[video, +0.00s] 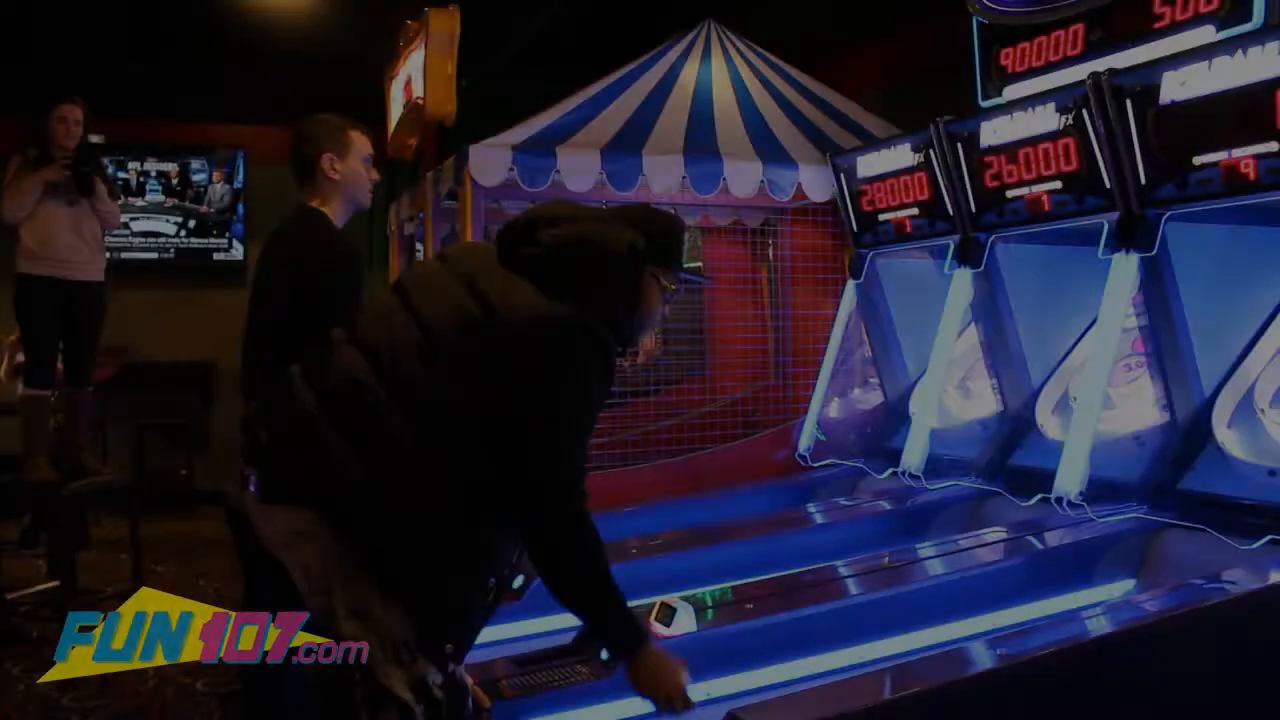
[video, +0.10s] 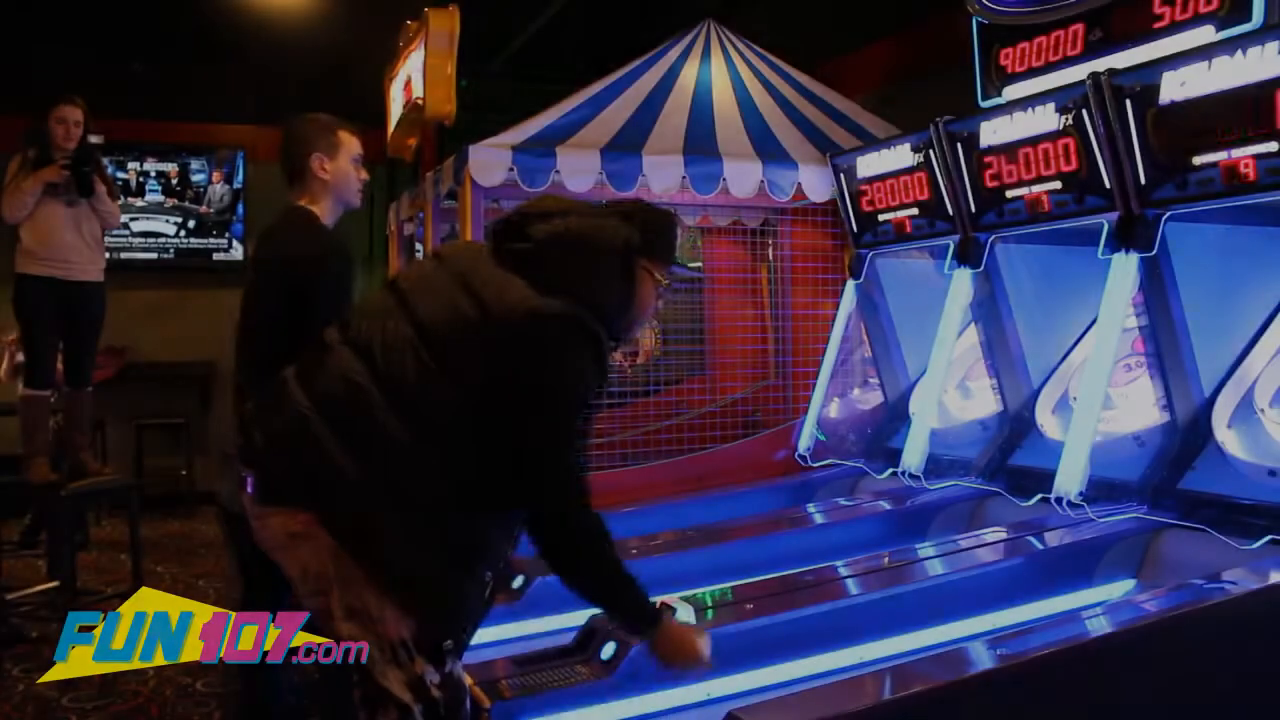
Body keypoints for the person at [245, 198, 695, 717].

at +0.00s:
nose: (662, 310)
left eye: (667, 293)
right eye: (661, 288)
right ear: (624, 271)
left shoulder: (474, 267)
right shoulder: (570, 340)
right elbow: (551, 509)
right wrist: (633, 645)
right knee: (413, 691)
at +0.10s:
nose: (657, 302)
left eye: (661, 286)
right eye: (653, 282)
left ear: (582, 261)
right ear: (609, 271)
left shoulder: (467, 265)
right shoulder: (559, 337)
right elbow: (557, 511)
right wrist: (653, 623)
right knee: (401, 686)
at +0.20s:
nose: (654, 304)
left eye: (659, 288)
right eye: (652, 283)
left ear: (588, 256)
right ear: (612, 267)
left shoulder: (466, 264)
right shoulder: (555, 333)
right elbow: (565, 511)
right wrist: (659, 617)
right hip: (324, 510)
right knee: (406, 686)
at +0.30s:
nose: (650, 308)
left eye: (655, 291)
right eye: (651, 287)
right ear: (618, 268)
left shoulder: (469, 264)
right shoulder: (552, 330)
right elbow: (542, 506)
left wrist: (481, 554)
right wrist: (612, 635)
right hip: (327, 506)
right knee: (415, 695)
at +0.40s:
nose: (652, 312)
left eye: (658, 296)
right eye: (652, 290)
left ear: (592, 266)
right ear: (614, 272)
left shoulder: (467, 266)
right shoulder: (555, 334)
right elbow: (491, 503)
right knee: (415, 691)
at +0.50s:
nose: (658, 319)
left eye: (662, 302)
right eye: (655, 297)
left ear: (600, 273)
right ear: (617, 279)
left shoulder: (479, 272)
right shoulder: (555, 335)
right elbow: (480, 490)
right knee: (417, 689)